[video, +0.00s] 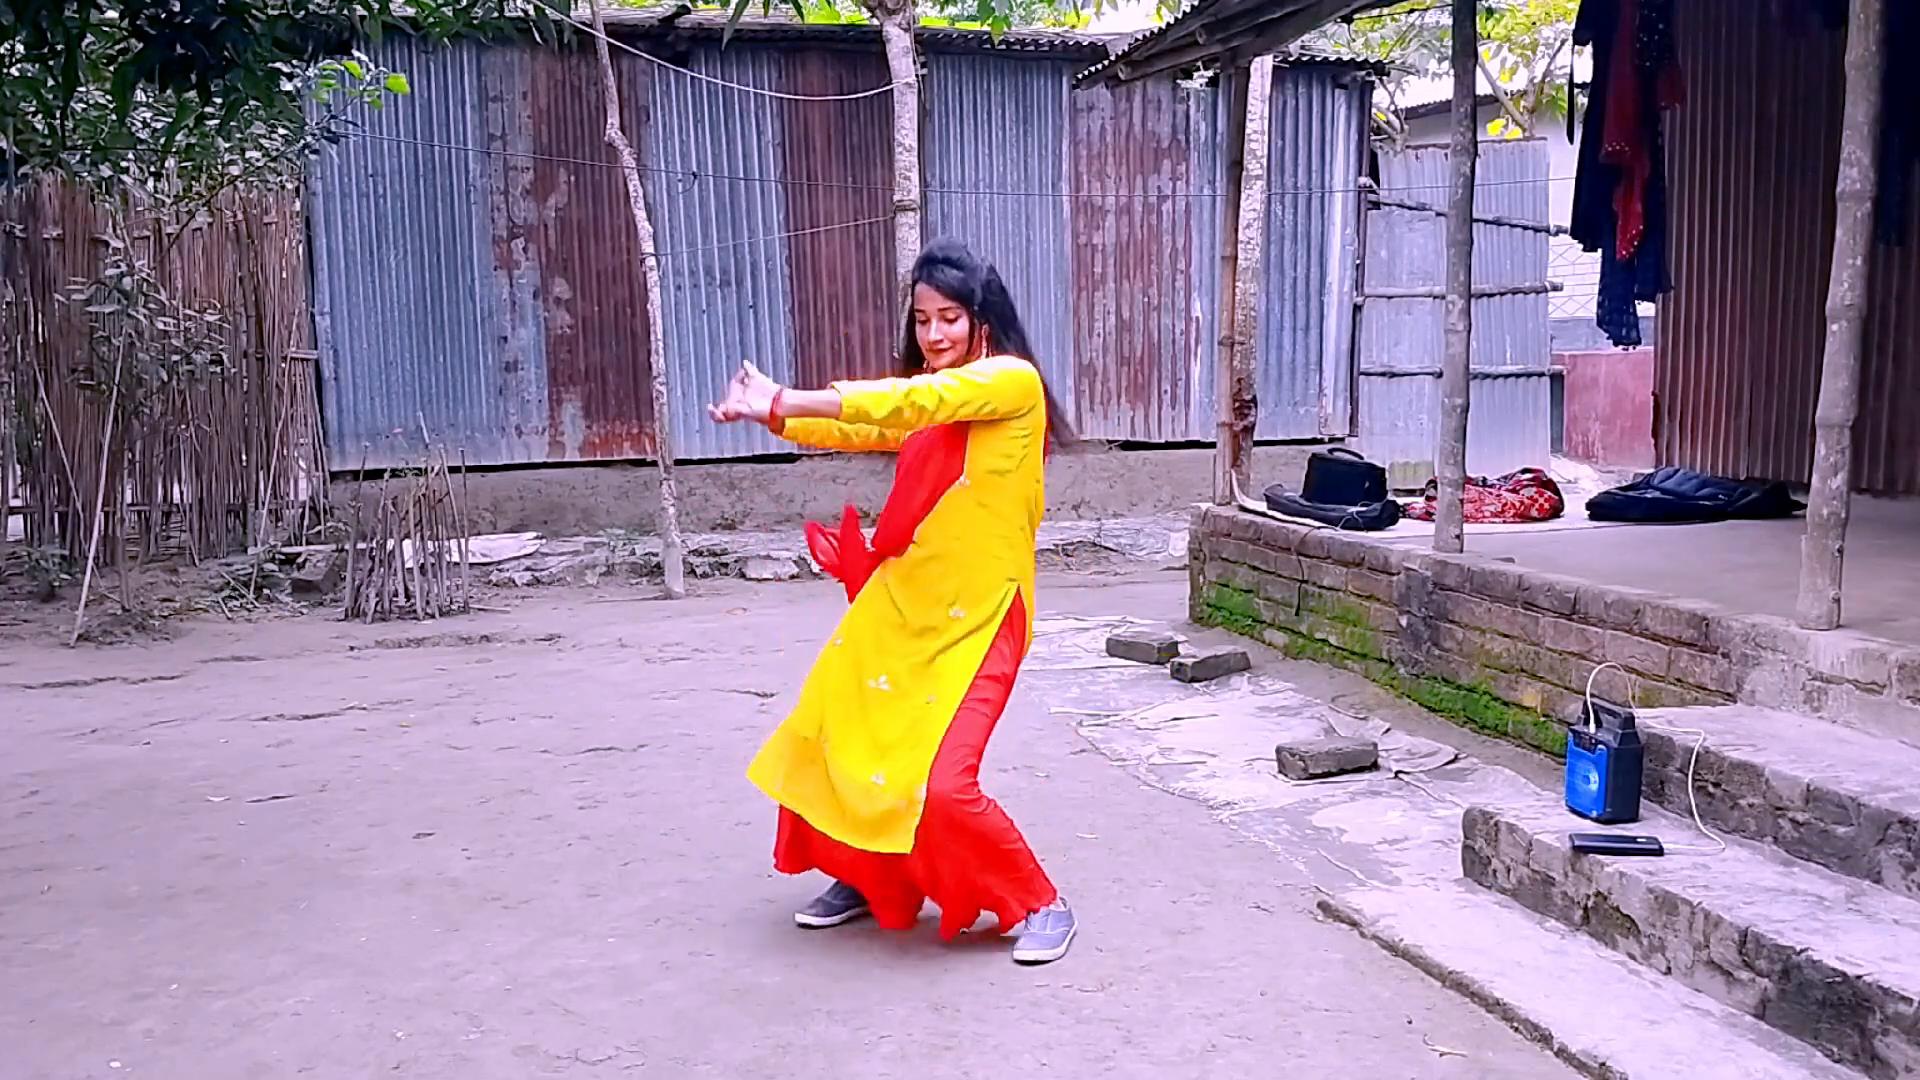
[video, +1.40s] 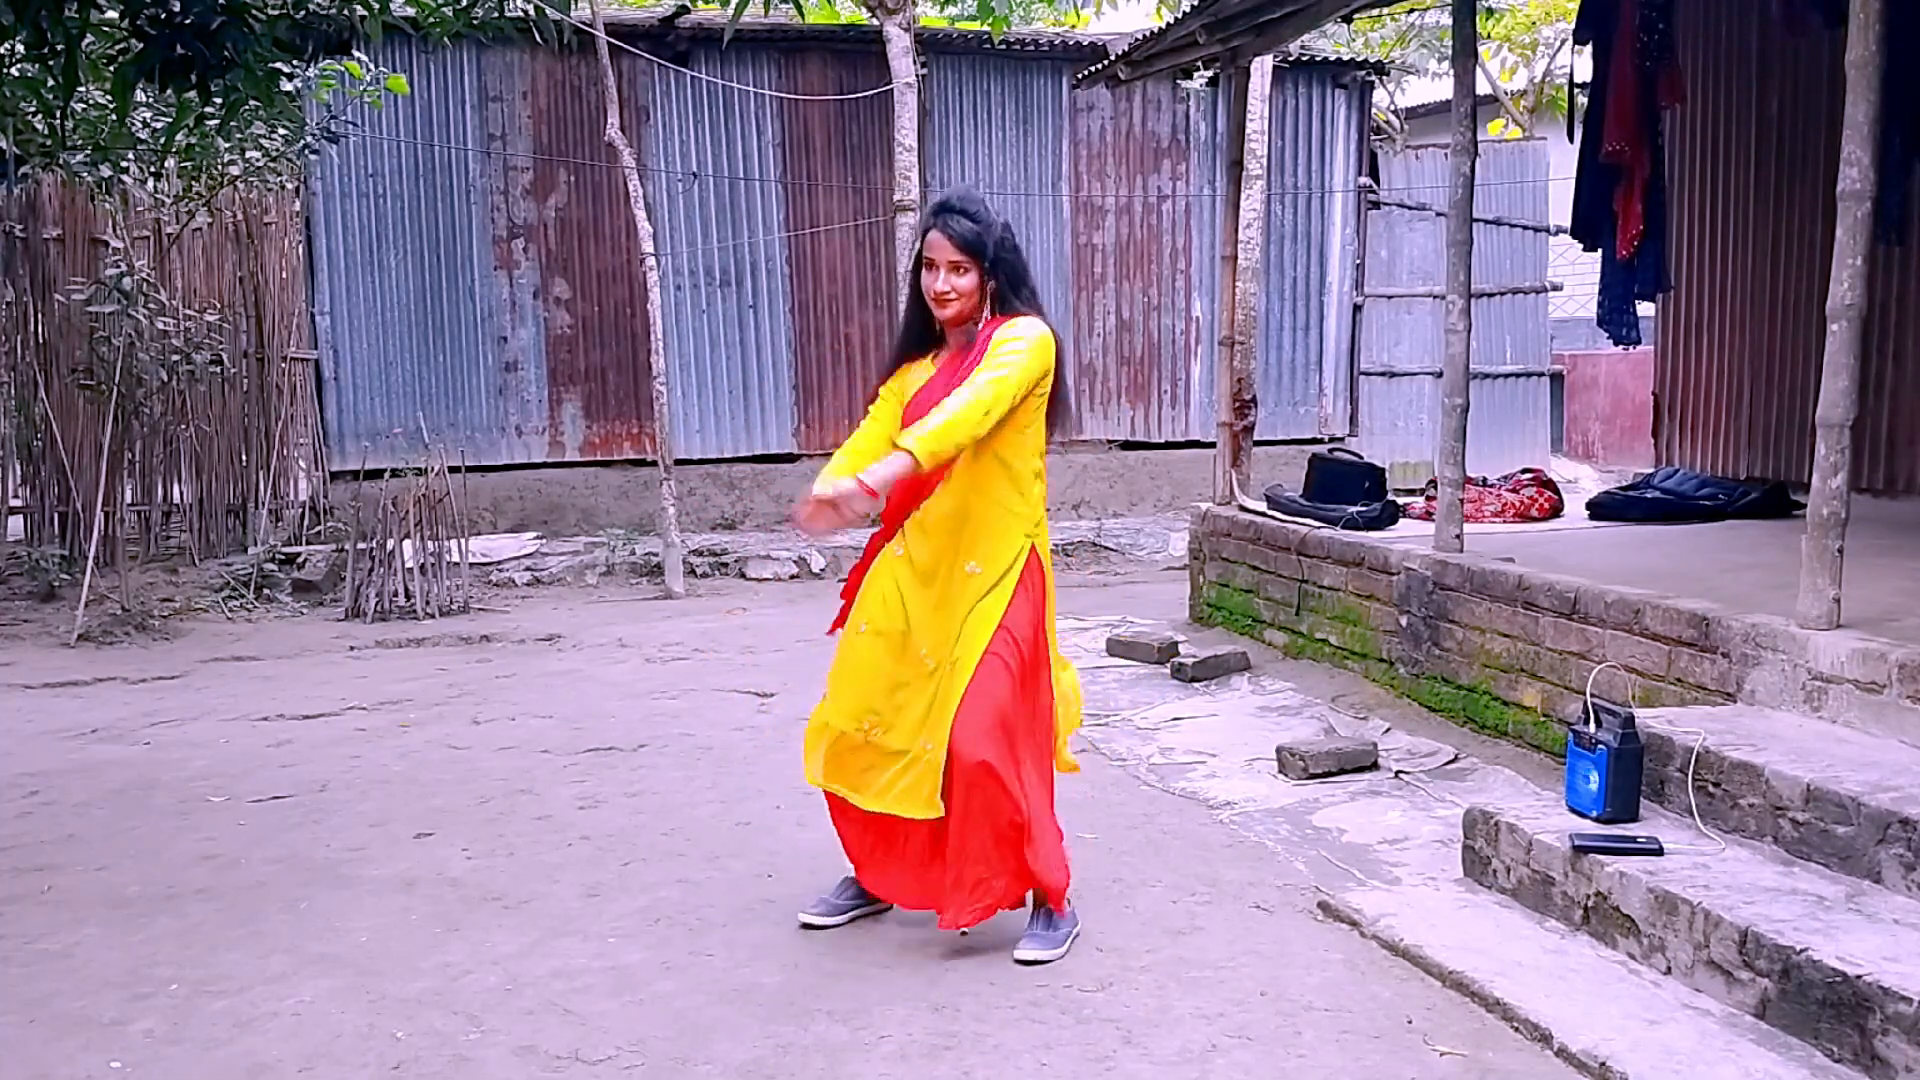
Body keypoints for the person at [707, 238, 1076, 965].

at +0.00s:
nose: (935, 334)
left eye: (949, 318)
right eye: (924, 321)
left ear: (983, 320)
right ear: (913, 324)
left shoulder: (1016, 381)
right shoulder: (923, 402)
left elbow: (920, 399)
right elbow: (855, 428)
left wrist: (789, 401)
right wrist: (771, 413)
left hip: (986, 612)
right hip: (906, 604)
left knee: (944, 782)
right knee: (835, 733)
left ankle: (1041, 905)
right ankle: (866, 875)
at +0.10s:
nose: (942, 313)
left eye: (958, 297)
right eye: (931, 297)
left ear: (992, 297)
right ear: (919, 300)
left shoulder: (1021, 360)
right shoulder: (920, 378)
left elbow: (956, 425)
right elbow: (868, 436)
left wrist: (859, 476)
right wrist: (819, 476)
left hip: (1001, 577)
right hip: (927, 578)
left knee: (970, 761)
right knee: (867, 721)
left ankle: (1046, 903)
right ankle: (865, 878)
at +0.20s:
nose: (947, 304)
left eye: (964, 289)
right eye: (935, 288)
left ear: (995, 291)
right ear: (922, 290)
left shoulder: (1023, 357)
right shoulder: (907, 371)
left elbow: (1062, 427)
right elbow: (863, 452)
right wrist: (909, 497)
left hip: (1004, 563)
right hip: (925, 568)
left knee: (1001, 724)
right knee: (874, 711)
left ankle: (1049, 898)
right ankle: (876, 874)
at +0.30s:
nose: (945, 311)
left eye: (960, 294)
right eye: (933, 296)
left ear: (994, 302)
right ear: (922, 304)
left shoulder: (1024, 377)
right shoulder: (900, 376)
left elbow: (1114, 398)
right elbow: (860, 432)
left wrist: (1031, 430)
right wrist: (951, 441)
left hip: (1010, 582)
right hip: (923, 587)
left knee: (1020, 738)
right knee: (881, 727)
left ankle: (1049, 900)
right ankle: (880, 878)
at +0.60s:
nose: (928, 306)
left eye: (941, 288)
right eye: (916, 292)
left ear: (980, 285)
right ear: (906, 293)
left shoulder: (1034, 364)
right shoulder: (899, 351)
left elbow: (1011, 428)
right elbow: (843, 410)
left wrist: (965, 477)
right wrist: (867, 454)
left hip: (958, 582)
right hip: (871, 573)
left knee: (979, 732)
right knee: (857, 722)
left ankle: (1046, 894)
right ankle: (873, 877)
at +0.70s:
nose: (925, 300)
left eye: (937, 283)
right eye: (913, 286)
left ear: (977, 279)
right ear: (906, 287)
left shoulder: (1030, 365)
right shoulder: (893, 357)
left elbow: (995, 451)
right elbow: (802, 411)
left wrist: (887, 473)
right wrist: (782, 468)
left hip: (958, 578)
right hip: (866, 571)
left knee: (967, 736)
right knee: (846, 718)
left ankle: (1044, 901)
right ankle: (868, 874)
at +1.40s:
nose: (941, 285)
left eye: (957, 269)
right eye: (929, 270)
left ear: (992, 271)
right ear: (918, 277)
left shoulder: (1026, 342)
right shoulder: (916, 372)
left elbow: (966, 418)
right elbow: (865, 440)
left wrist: (872, 484)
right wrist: (832, 486)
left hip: (1001, 566)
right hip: (914, 563)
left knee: (977, 735)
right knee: (858, 716)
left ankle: (1049, 900)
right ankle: (875, 871)